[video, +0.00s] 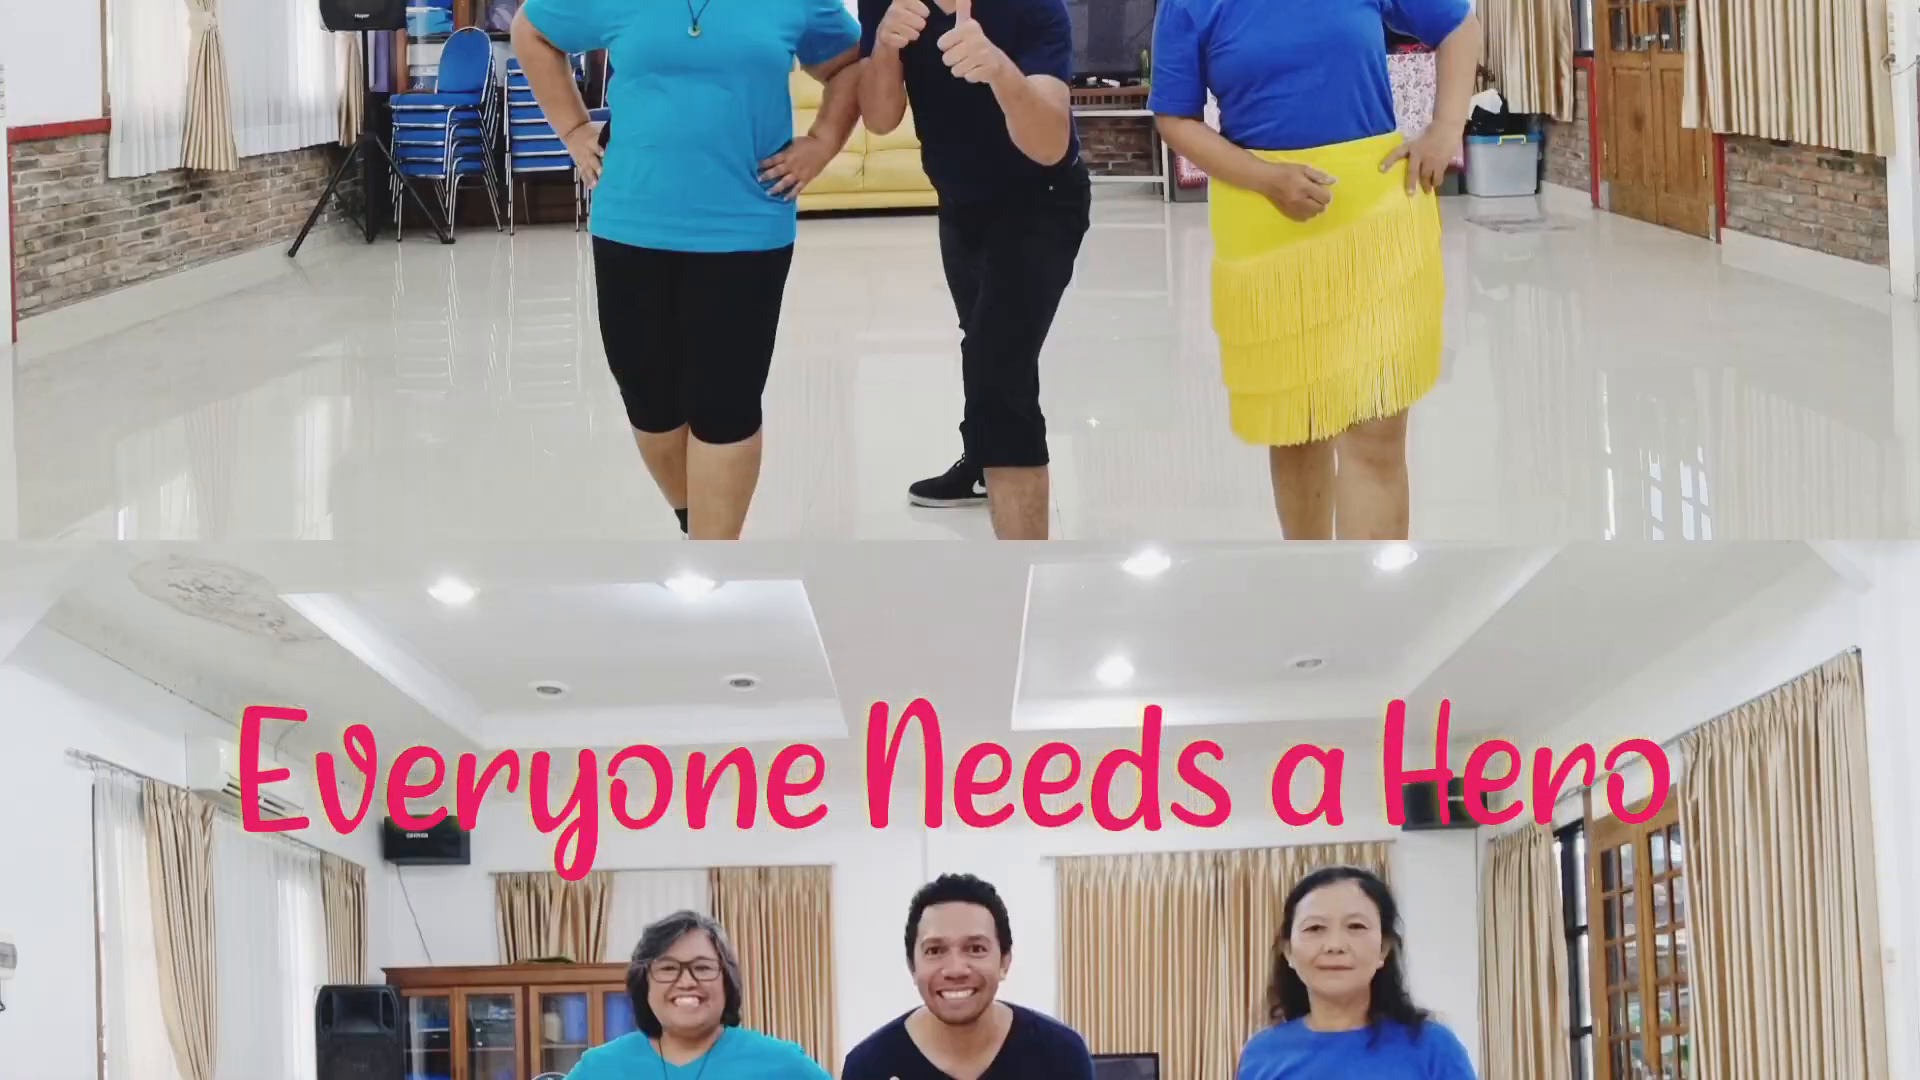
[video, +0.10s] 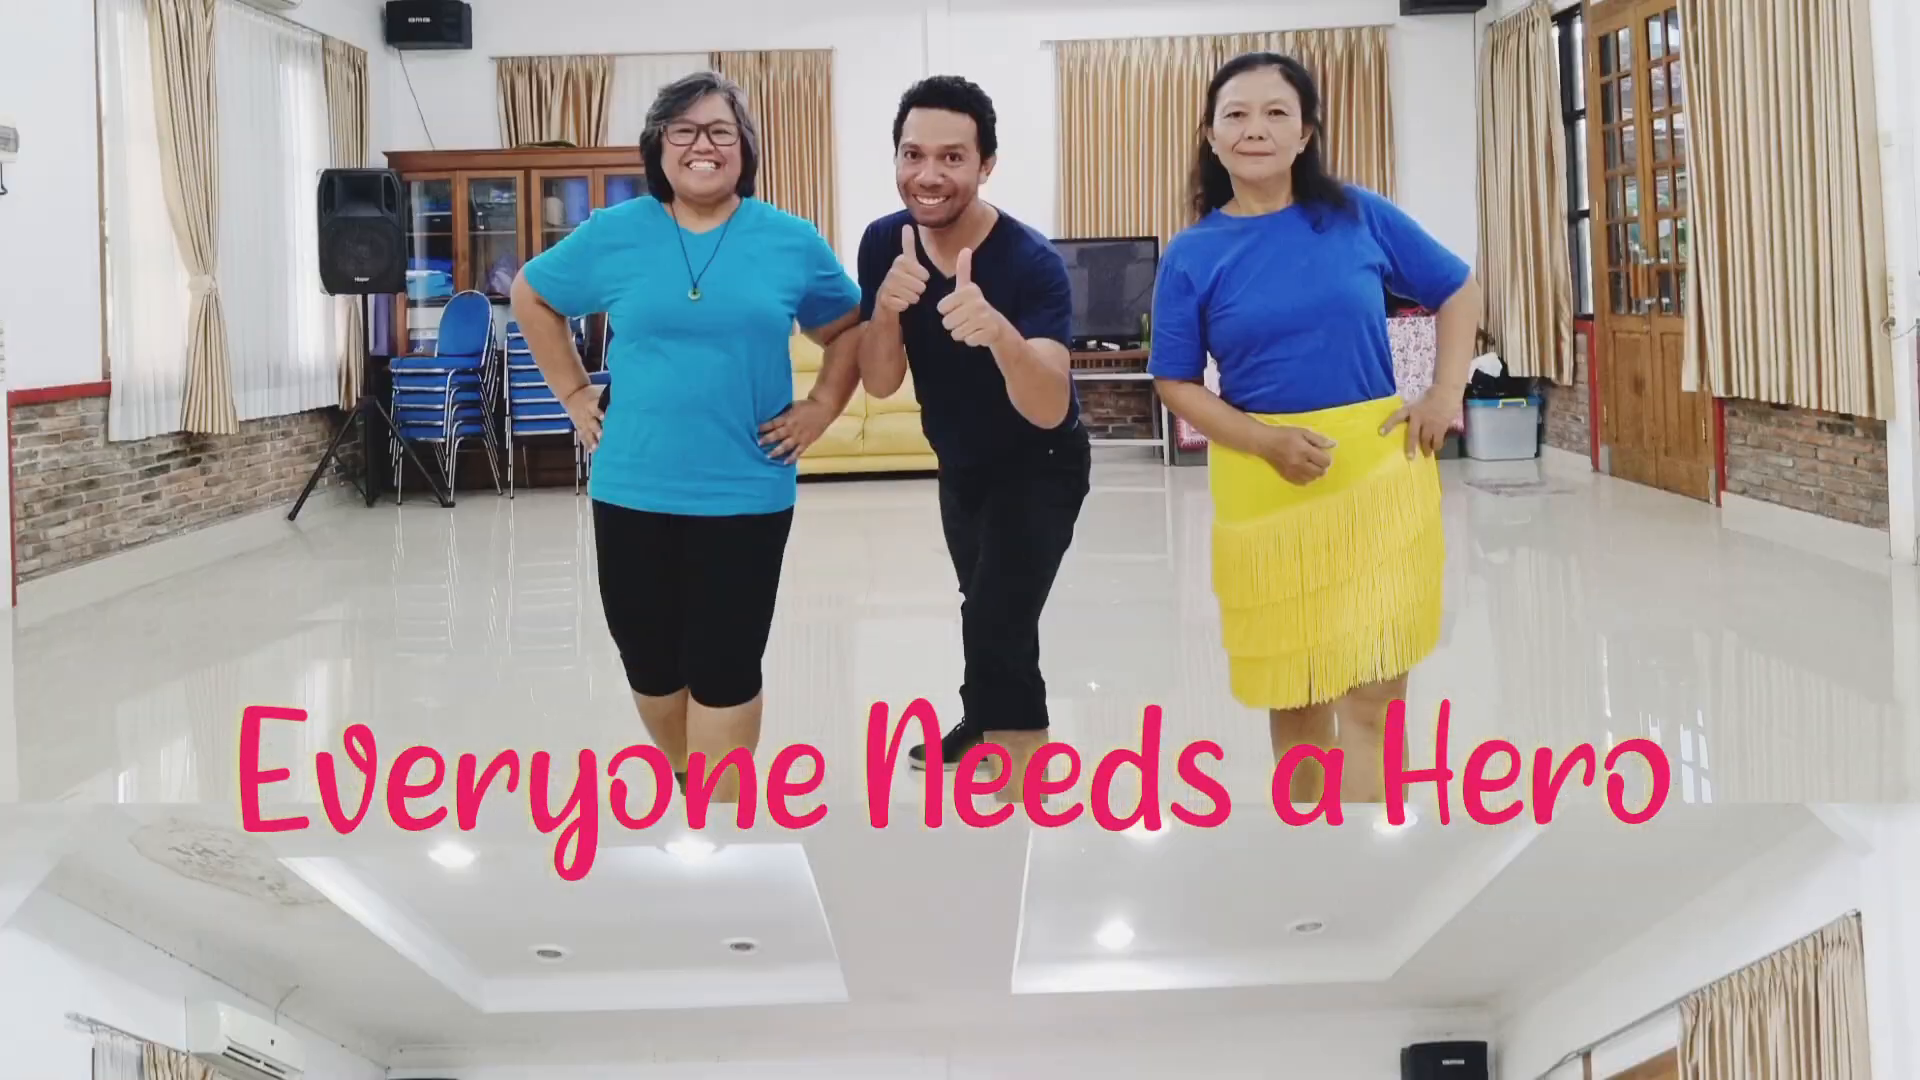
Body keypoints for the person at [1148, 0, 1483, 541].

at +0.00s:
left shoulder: (1369, 2)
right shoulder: (1190, 5)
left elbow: (1460, 24)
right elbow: (1174, 119)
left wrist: (1446, 126)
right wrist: (1266, 176)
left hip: (1377, 211)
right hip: (1266, 224)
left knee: (1379, 433)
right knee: (1297, 439)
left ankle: (1380, 613)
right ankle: (1312, 614)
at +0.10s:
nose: (1254, 129)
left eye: (1276, 114)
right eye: (1234, 115)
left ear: (1305, 130)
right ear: (1212, 134)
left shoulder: (1360, 216)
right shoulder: (1193, 253)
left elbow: (1461, 291)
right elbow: (1172, 382)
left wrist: (1447, 389)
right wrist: (1262, 438)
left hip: (1379, 475)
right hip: (1266, 488)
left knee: (1374, 696)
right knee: (1296, 702)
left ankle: (1368, 864)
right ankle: (1306, 870)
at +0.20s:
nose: (1253, 289)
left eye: (1275, 273)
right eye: (1234, 274)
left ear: (1305, 290)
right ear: (1212, 294)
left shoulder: (1359, 376)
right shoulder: (1193, 413)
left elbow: (1461, 449)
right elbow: (1173, 542)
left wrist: (1446, 549)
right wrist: (1263, 599)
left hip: (1377, 627)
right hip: (1264, 642)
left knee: (1376, 856)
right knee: (1295, 858)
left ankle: (1377, 1034)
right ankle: (1312, 1028)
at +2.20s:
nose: (1254, 405)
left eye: (1276, 390)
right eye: (1235, 391)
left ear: (1305, 408)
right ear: (1212, 410)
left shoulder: (1359, 491)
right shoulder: (1192, 530)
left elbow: (1460, 565)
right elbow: (1172, 661)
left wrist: (1447, 667)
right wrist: (1261, 713)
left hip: (1377, 758)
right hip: (1267, 771)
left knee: (1377, 976)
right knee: (1297, 978)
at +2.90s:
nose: (1255, 405)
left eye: (1276, 390)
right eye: (1235, 391)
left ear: (1306, 406)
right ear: (1212, 410)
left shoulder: (1363, 494)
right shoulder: (1192, 530)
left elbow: (1459, 569)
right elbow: (1174, 660)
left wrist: (1428, 675)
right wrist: (1259, 711)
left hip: (1375, 756)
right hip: (1266, 768)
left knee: (1378, 972)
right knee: (1299, 978)